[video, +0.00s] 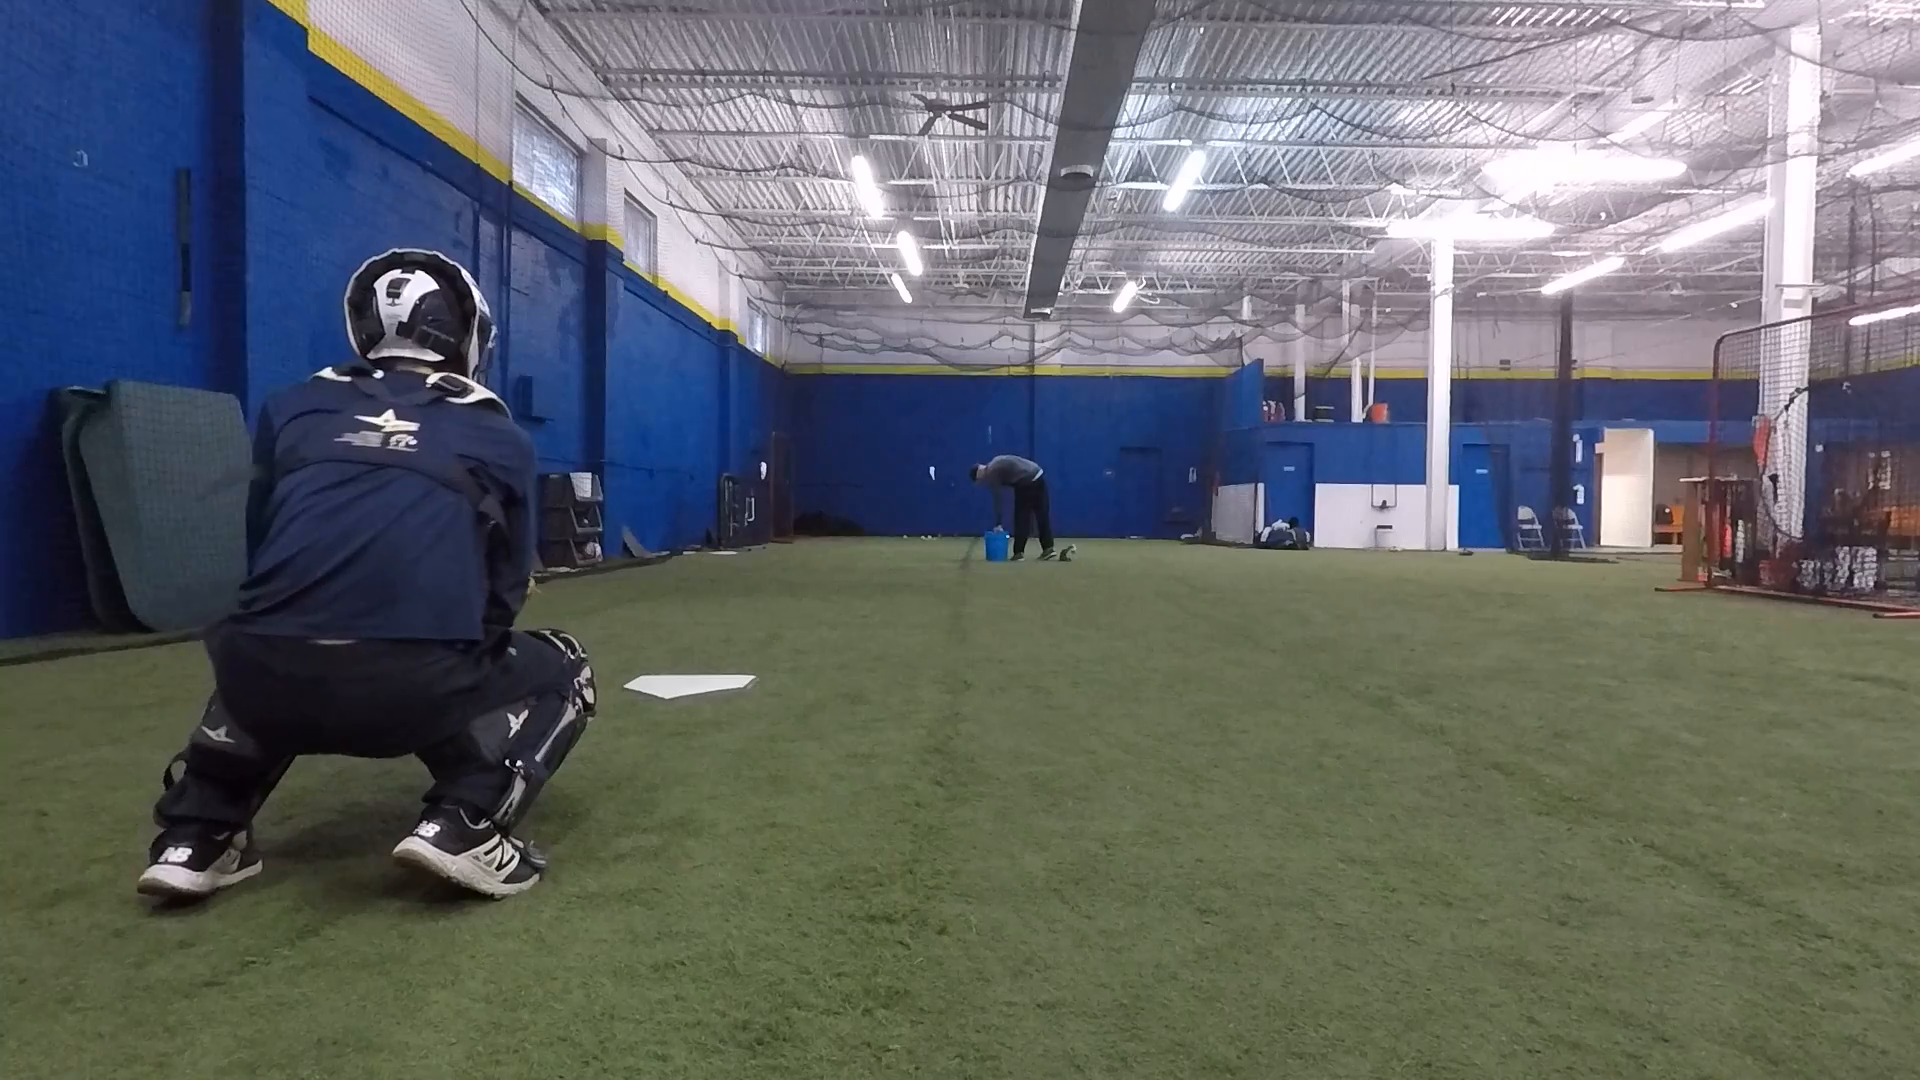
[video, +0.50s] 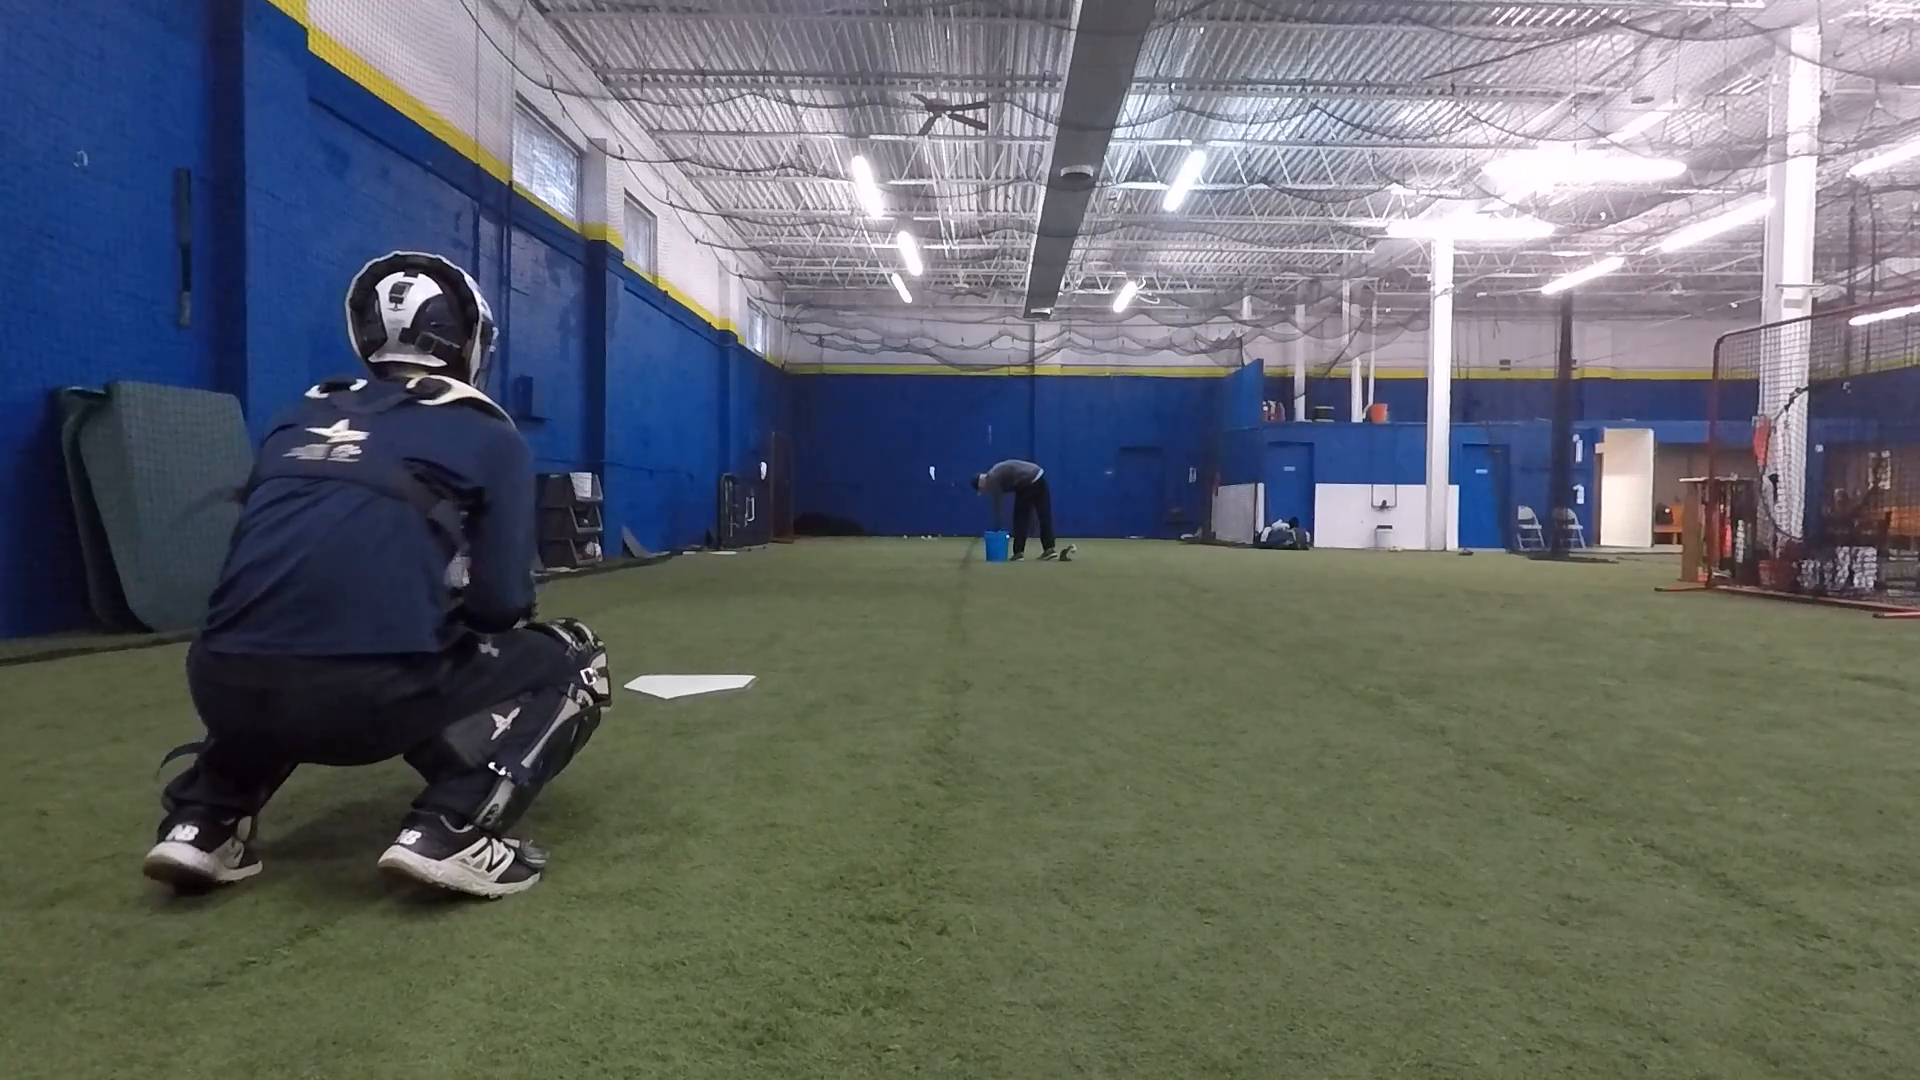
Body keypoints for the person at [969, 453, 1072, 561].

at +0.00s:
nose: (982, 480)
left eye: (980, 478)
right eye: (980, 479)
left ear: (980, 471)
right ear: (980, 473)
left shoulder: (995, 468)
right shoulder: (992, 474)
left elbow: (998, 500)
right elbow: (997, 499)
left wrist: (998, 524)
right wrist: (998, 524)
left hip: (1036, 480)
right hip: (1021, 485)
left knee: (1042, 516)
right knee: (1021, 519)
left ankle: (1048, 549)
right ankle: (1018, 552)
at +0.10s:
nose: (982, 483)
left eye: (980, 480)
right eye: (979, 482)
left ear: (980, 473)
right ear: (981, 473)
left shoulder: (994, 471)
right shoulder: (992, 475)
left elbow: (998, 502)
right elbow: (998, 502)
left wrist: (998, 526)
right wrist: (998, 526)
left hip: (1036, 480)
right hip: (1021, 485)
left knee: (1042, 516)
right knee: (1020, 519)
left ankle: (1048, 549)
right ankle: (1018, 552)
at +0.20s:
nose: (983, 487)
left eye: (981, 484)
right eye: (980, 485)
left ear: (981, 477)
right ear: (982, 474)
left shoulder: (993, 476)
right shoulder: (992, 474)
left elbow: (997, 504)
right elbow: (997, 504)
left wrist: (998, 528)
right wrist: (998, 528)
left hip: (1036, 481)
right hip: (1021, 485)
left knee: (1043, 516)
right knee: (1020, 519)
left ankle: (1049, 548)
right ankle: (1018, 552)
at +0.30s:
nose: (983, 489)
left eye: (981, 486)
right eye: (981, 487)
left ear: (981, 479)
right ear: (982, 476)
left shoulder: (992, 479)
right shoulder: (992, 476)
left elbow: (997, 506)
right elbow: (997, 506)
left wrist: (998, 531)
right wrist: (999, 531)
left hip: (1036, 480)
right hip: (1021, 485)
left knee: (1043, 516)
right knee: (1020, 519)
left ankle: (1049, 548)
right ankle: (1018, 552)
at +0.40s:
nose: (984, 491)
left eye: (982, 488)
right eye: (981, 490)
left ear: (982, 480)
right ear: (982, 478)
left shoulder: (993, 480)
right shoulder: (992, 479)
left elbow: (998, 507)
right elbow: (997, 507)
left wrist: (998, 531)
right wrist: (999, 531)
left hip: (1037, 481)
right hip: (1022, 486)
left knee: (1044, 517)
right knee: (1020, 519)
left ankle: (1049, 549)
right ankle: (1018, 552)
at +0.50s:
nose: (985, 492)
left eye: (982, 490)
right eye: (982, 491)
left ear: (982, 482)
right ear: (982, 480)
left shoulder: (993, 480)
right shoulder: (993, 478)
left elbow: (997, 506)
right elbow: (997, 507)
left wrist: (998, 531)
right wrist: (999, 531)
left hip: (1036, 480)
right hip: (1021, 486)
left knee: (1044, 516)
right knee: (1020, 520)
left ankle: (1049, 549)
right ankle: (1018, 552)